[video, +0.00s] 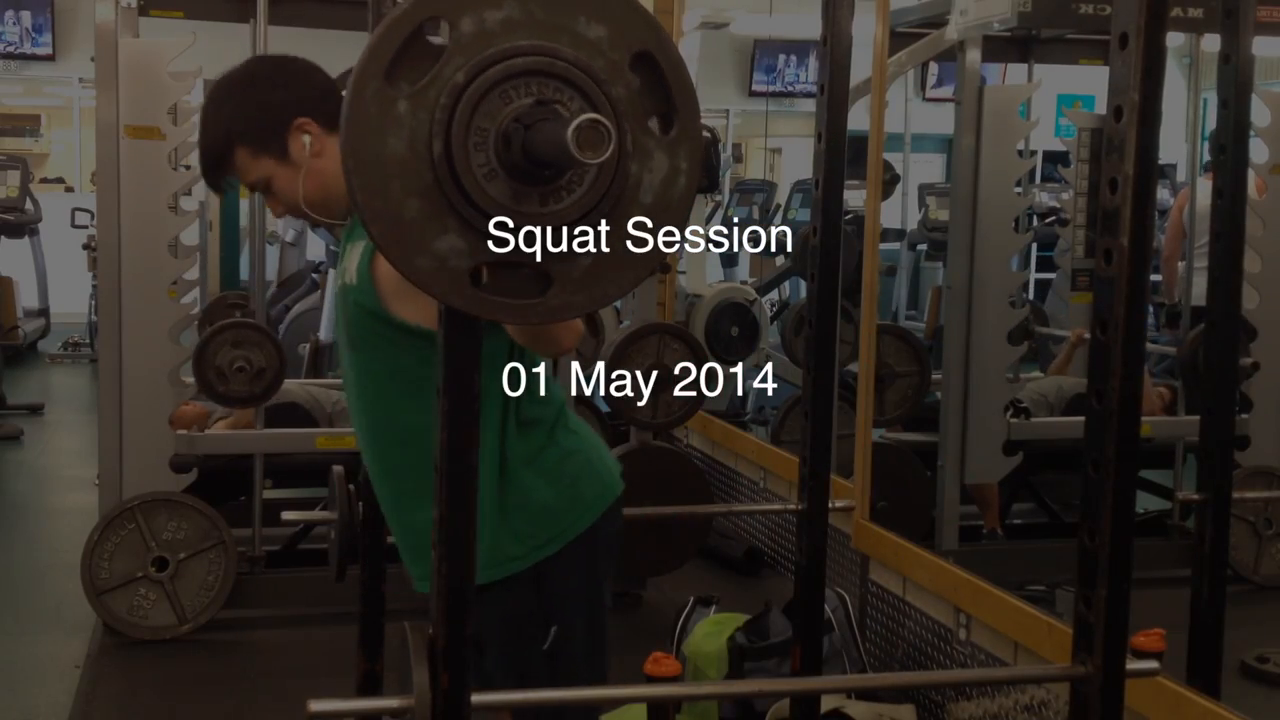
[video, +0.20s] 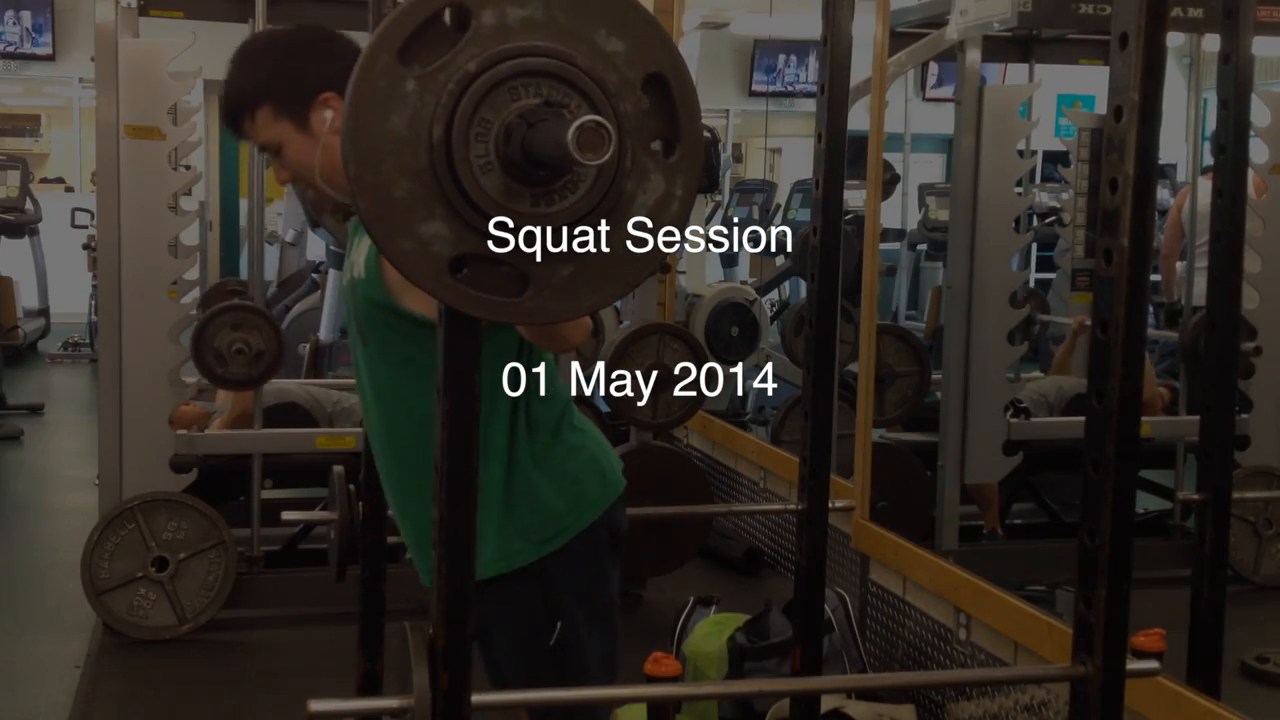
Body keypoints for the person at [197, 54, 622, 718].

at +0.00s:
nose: (276, 211)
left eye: (265, 185)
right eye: (260, 196)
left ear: (305, 138)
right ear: (307, 138)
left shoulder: (396, 243)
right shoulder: (363, 238)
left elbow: (559, 328)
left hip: (528, 541)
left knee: (541, 714)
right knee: (509, 709)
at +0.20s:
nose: (283, 179)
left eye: (276, 150)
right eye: (269, 158)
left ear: (328, 114)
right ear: (328, 116)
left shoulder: (408, 226)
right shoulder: (371, 232)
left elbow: (568, 329)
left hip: (533, 536)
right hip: (494, 537)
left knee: (565, 716)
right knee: (537, 713)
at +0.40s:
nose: (279, 198)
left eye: (270, 172)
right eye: (264, 181)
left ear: (317, 128)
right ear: (320, 129)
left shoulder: (405, 233)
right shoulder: (372, 231)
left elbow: (570, 320)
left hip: (522, 531)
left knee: (512, 704)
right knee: (563, 686)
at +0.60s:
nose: (282, 186)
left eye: (275, 158)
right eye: (268, 166)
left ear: (325, 120)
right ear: (326, 123)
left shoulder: (402, 237)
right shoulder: (373, 230)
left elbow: (570, 326)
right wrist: (225, 409)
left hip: (499, 526)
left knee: (394, 696)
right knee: (561, 681)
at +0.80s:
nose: (297, 144)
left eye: (302, 119)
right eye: (291, 124)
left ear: (360, 100)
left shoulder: (413, 227)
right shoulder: (375, 225)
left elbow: (556, 339)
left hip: (500, 531)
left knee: (387, 697)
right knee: (553, 688)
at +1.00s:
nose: (299, 153)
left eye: (301, 129)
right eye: (291, 135)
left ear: (355, 106)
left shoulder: (405, 239)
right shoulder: (370, 232)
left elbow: (551, 342)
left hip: (490, 538)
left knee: (377, 705)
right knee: (553, 687)